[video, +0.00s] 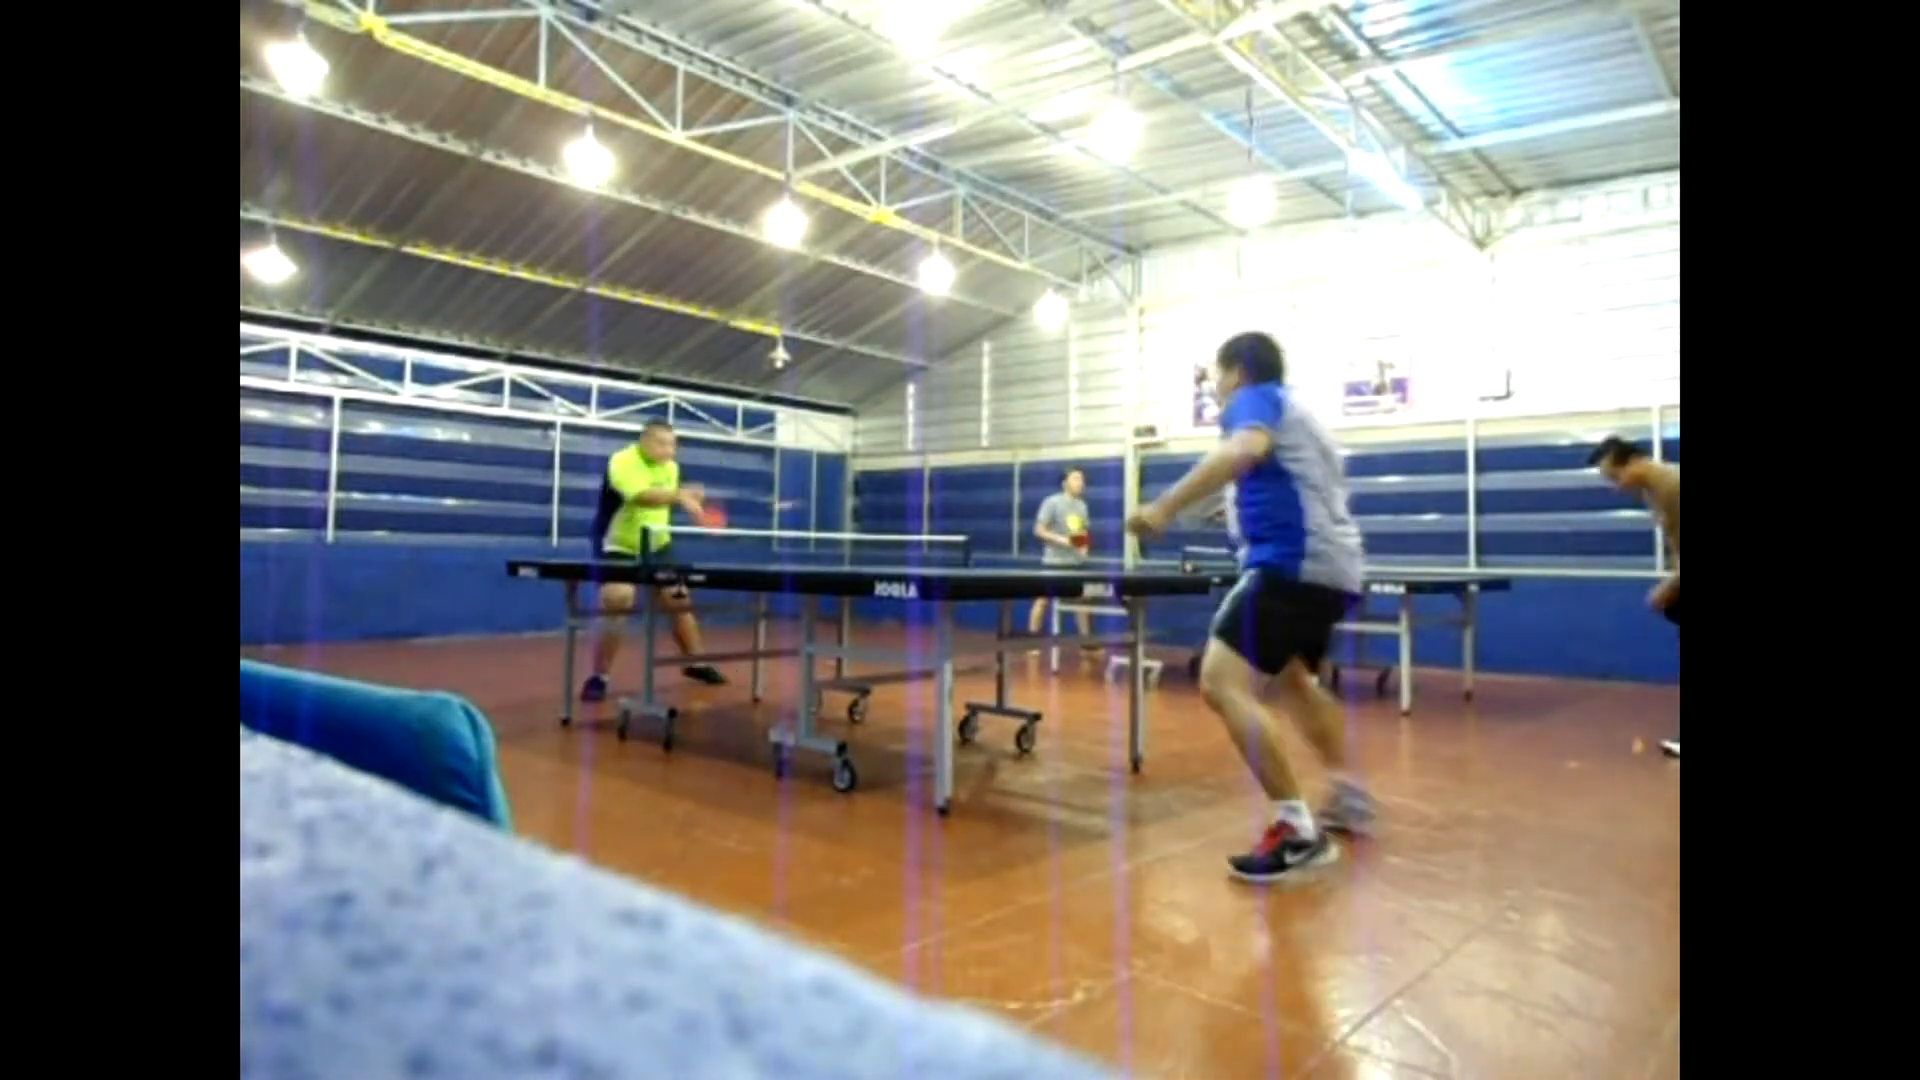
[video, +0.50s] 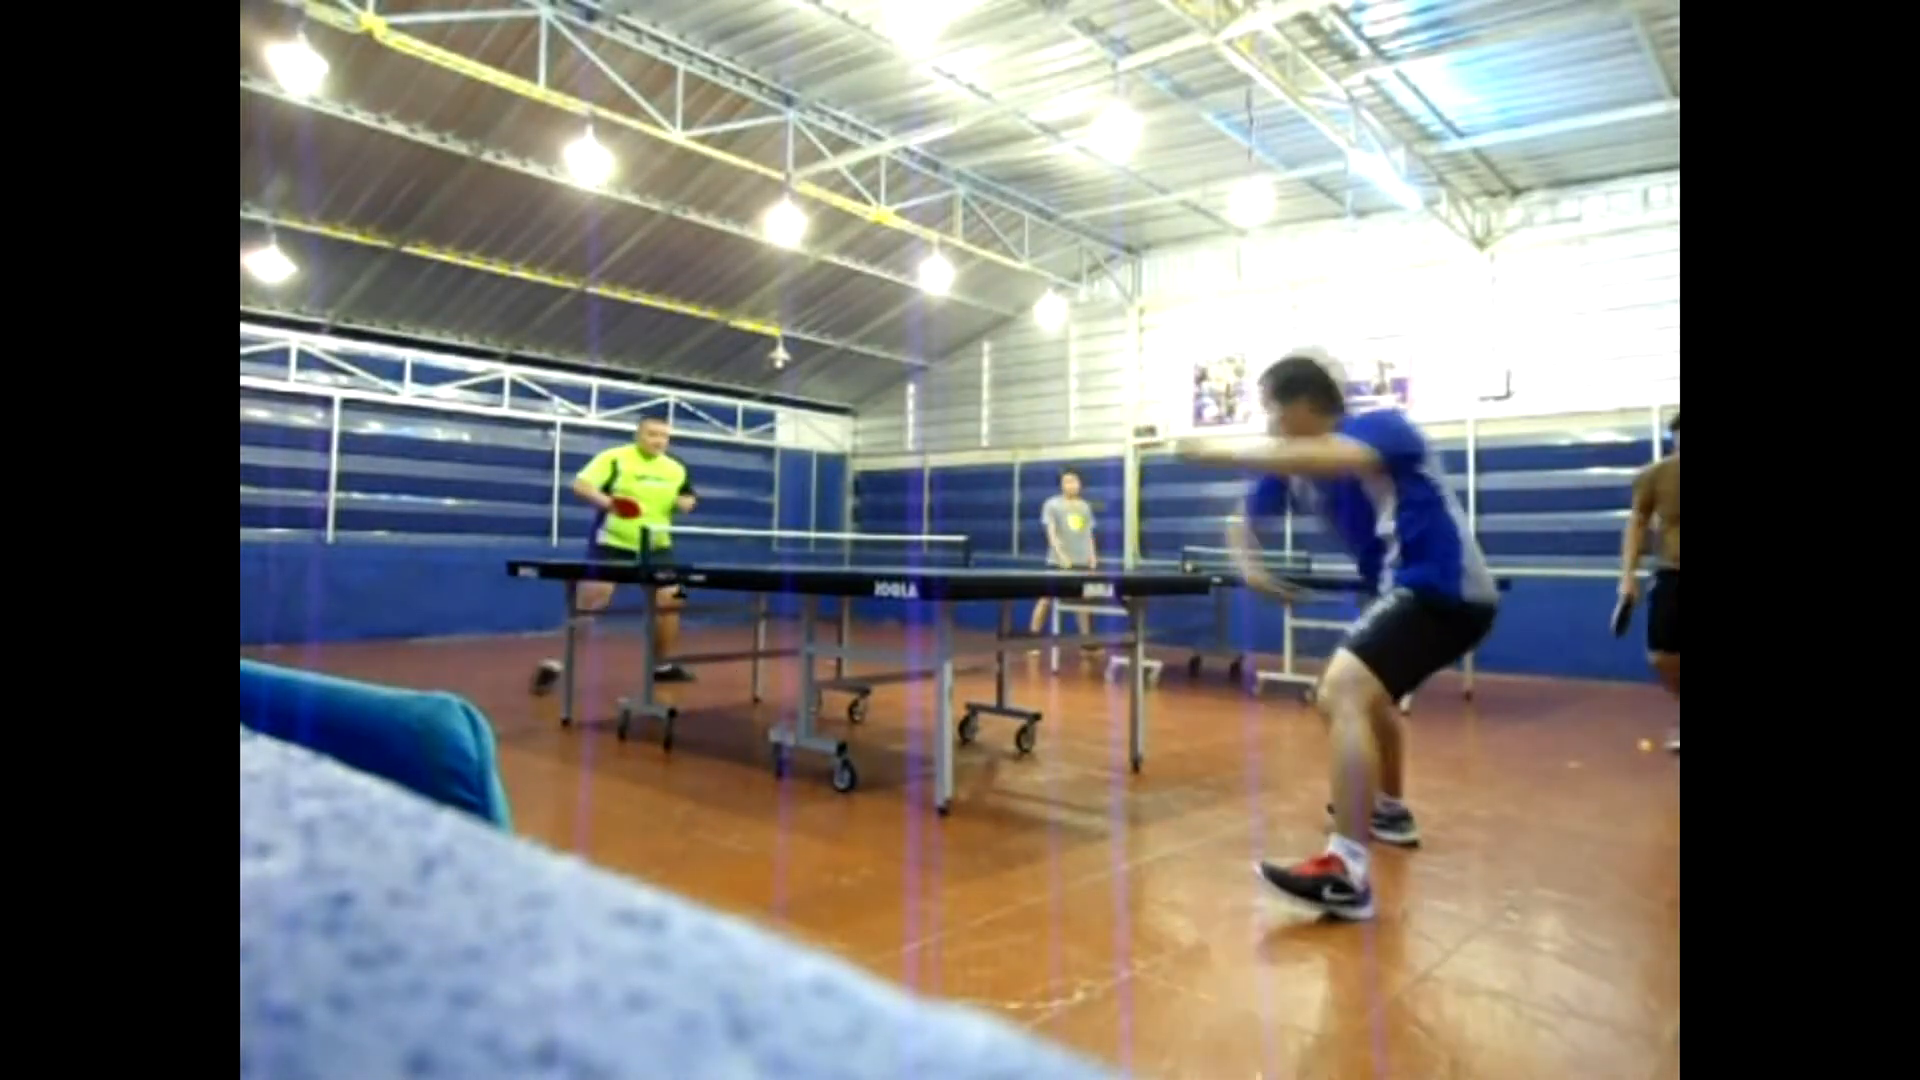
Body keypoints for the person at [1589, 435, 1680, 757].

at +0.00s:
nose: (1616, 485)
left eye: (1615, 476)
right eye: (1612, 479)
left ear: (1629, 464)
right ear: (1628, 464)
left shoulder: (1666, 485)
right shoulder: (1657, 487)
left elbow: (1674, 542)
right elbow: (1674, 540)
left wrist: (1671, 585)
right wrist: (1672, 582)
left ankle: (1677, 739)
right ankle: (1677, 737)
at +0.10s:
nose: (1628, 475)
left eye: (1627, 465)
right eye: (1622, 469)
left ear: (1639, 453)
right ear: (1633, 457)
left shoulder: (1661, 473)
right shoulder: (1655, 480)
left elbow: (1671, 529)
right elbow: (1670, 535)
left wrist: (1673, 583)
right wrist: (1671, 581)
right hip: (1674, 585)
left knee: (1664, 612)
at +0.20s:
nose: (1642, 476)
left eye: (1644, 467)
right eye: (1637, 469)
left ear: (1663, 455)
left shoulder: (1674, 480)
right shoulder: (1655, 487)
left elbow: (1664, 534)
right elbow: (1663, 536)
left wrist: (1656, 586)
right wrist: (1656, 586)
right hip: (1676, 579)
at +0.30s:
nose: (1663, 468)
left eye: (1666, 459)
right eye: (1656, 462)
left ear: (1677, 451)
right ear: (1650, 461)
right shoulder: (1657, 487)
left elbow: (1656, 533)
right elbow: (1656, 533)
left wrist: (1646, 585)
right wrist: (1646, 584)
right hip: (1675, 581)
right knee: (1677, 647)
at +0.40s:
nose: (1673, 457)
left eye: (1676, 450)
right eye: (1669, 450)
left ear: (1678, 445)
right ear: (1663, 445)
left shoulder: (1660, 478)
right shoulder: (1656, 479)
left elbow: (1648, 525)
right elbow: (1649, 524)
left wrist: (1638, 577)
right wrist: (1637, 577)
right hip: (1670, 574)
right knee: (1672, 658)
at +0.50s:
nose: (1676, 442)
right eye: (1675, 434)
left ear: (1673, 437)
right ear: (1672, 436)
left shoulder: (1658, 476)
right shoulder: (1657, 476)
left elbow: (1637, 524)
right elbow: (1637, 524)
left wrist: (1628, 577)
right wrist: (1628, 576)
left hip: (1670, 573)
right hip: (1670, 572)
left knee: (1666, 655)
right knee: (1664, 655)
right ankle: (1676, 722)